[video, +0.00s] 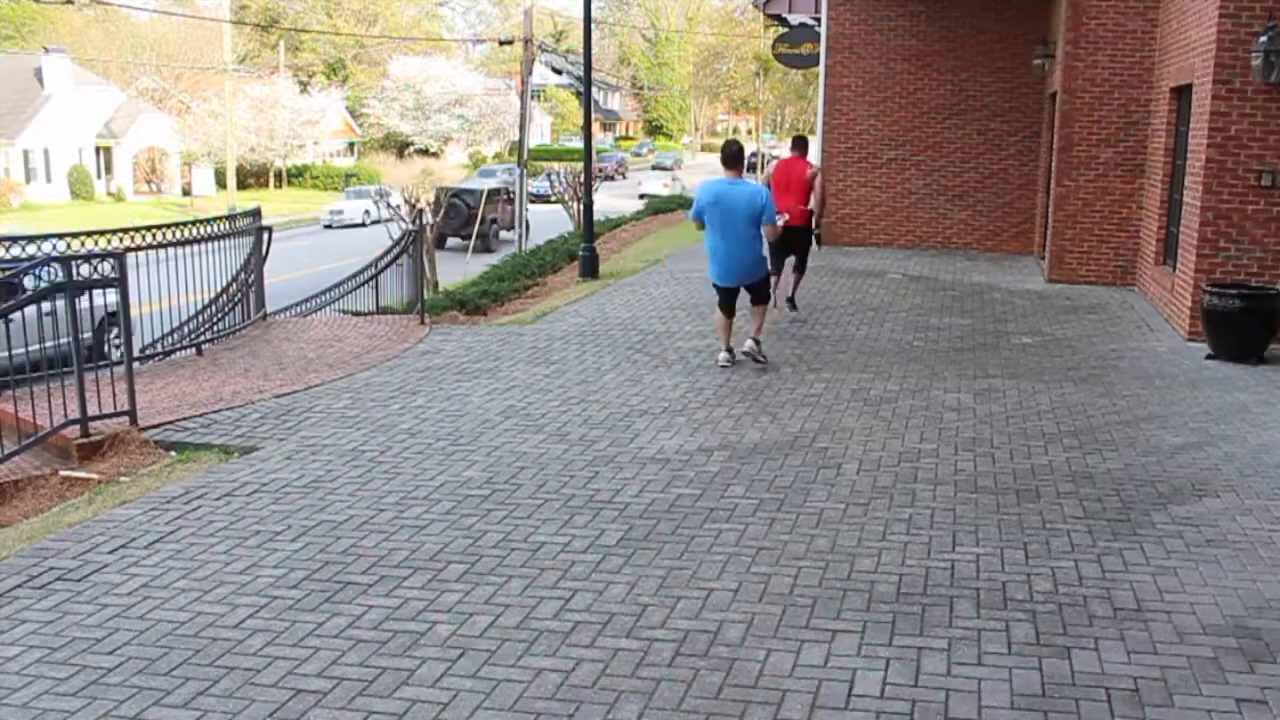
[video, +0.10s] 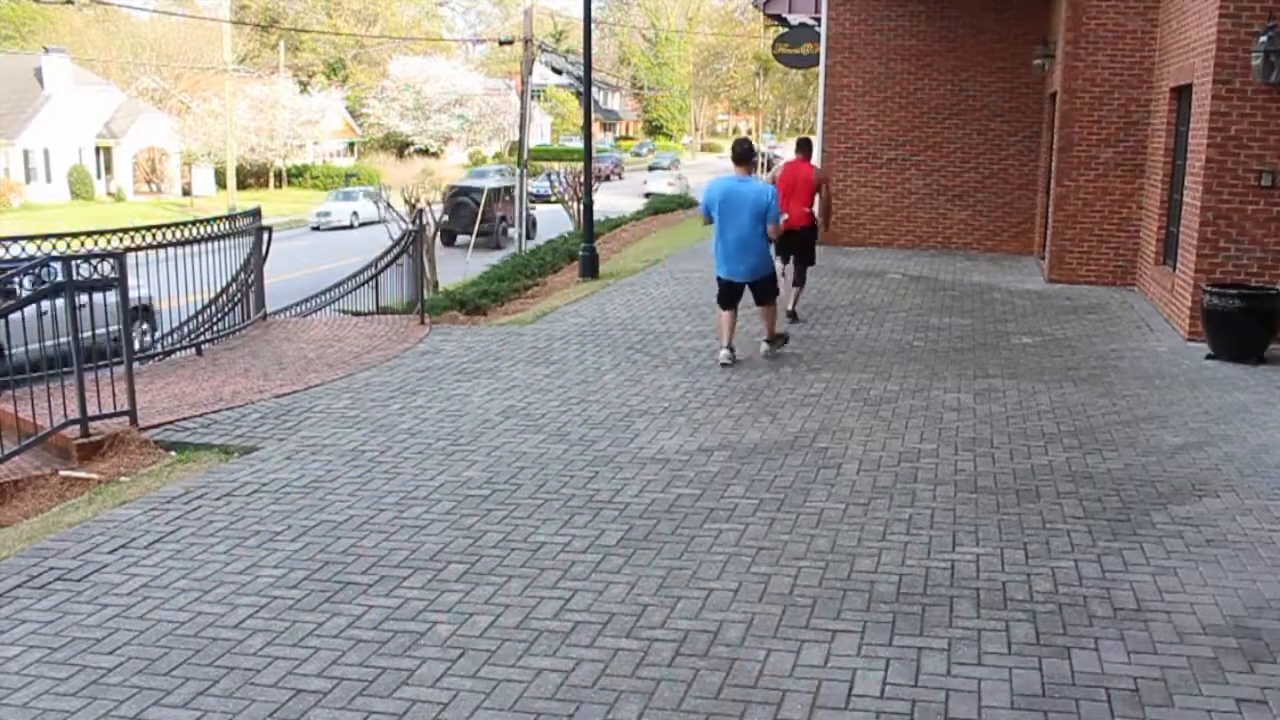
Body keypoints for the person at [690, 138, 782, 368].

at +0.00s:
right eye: (742, 159)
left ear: (721, 162)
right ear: (744, 162)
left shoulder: (707, 190)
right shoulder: (759, 193)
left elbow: (698, 223)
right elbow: (771, 234)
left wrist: (718, 216)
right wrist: (779, 226)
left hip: (721, 266)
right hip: (752, 265)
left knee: (725, 308)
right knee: (760, 298)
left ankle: (725, 350)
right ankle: (753, 338)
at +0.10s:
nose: (753, 160)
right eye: (754, 157)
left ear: (732, 159)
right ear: (754, 159)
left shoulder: (716, 187)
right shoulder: (766, 191)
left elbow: (706, 219)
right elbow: (773, 232)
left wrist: (726, 209)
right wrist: (778, 225)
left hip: (727, 262)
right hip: (758, 262)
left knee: (727, 306)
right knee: (767, 300)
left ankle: (726, 347)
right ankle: (770, 336)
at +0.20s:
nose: (759, 160)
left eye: (748, 156)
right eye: (762, 156)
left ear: (743, 158)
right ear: (765, 157)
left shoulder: (727, 183)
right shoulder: (777, 189)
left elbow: (712, 212)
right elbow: (781, 227)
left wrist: (730, 198)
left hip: (736, 256)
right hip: (765, 259)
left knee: (735, 293)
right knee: (771, 299)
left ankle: (728, 325)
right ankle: (776, 337)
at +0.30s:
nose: (773, 159)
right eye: (773, 156)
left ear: (752, 157)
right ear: (773, 158)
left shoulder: (736, 183)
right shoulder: (786, 188)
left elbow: (722, 212)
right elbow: (791, 224)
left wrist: (740, 199)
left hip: (745, 252)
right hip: (774, 255)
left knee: (745, 283)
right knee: (777, 294)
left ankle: (739, 325)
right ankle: (776, 335)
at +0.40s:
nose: (773, 154)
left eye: (761, 151)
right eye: (775, 150)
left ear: (756, 151)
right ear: (777, 151)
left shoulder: (744, 178)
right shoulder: (791, 181)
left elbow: (732, 209)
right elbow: (796, 217)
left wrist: (749, 200)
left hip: (752, 246)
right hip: (782, 248)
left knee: (751, 287)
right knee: (782, 292)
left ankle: (753, 321)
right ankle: (776, 328)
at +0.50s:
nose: (772, 154)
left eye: (763, 151)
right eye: (777, 150)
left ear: (759, 152)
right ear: (779, 151)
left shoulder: (747, 177)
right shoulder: (793, 180)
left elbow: (738, 206)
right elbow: (801, 215)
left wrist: (756, 202)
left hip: (758, 245)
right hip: (785, 245)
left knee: (760, 287)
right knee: (790, 278)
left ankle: (759, 323)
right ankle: (782, 310)